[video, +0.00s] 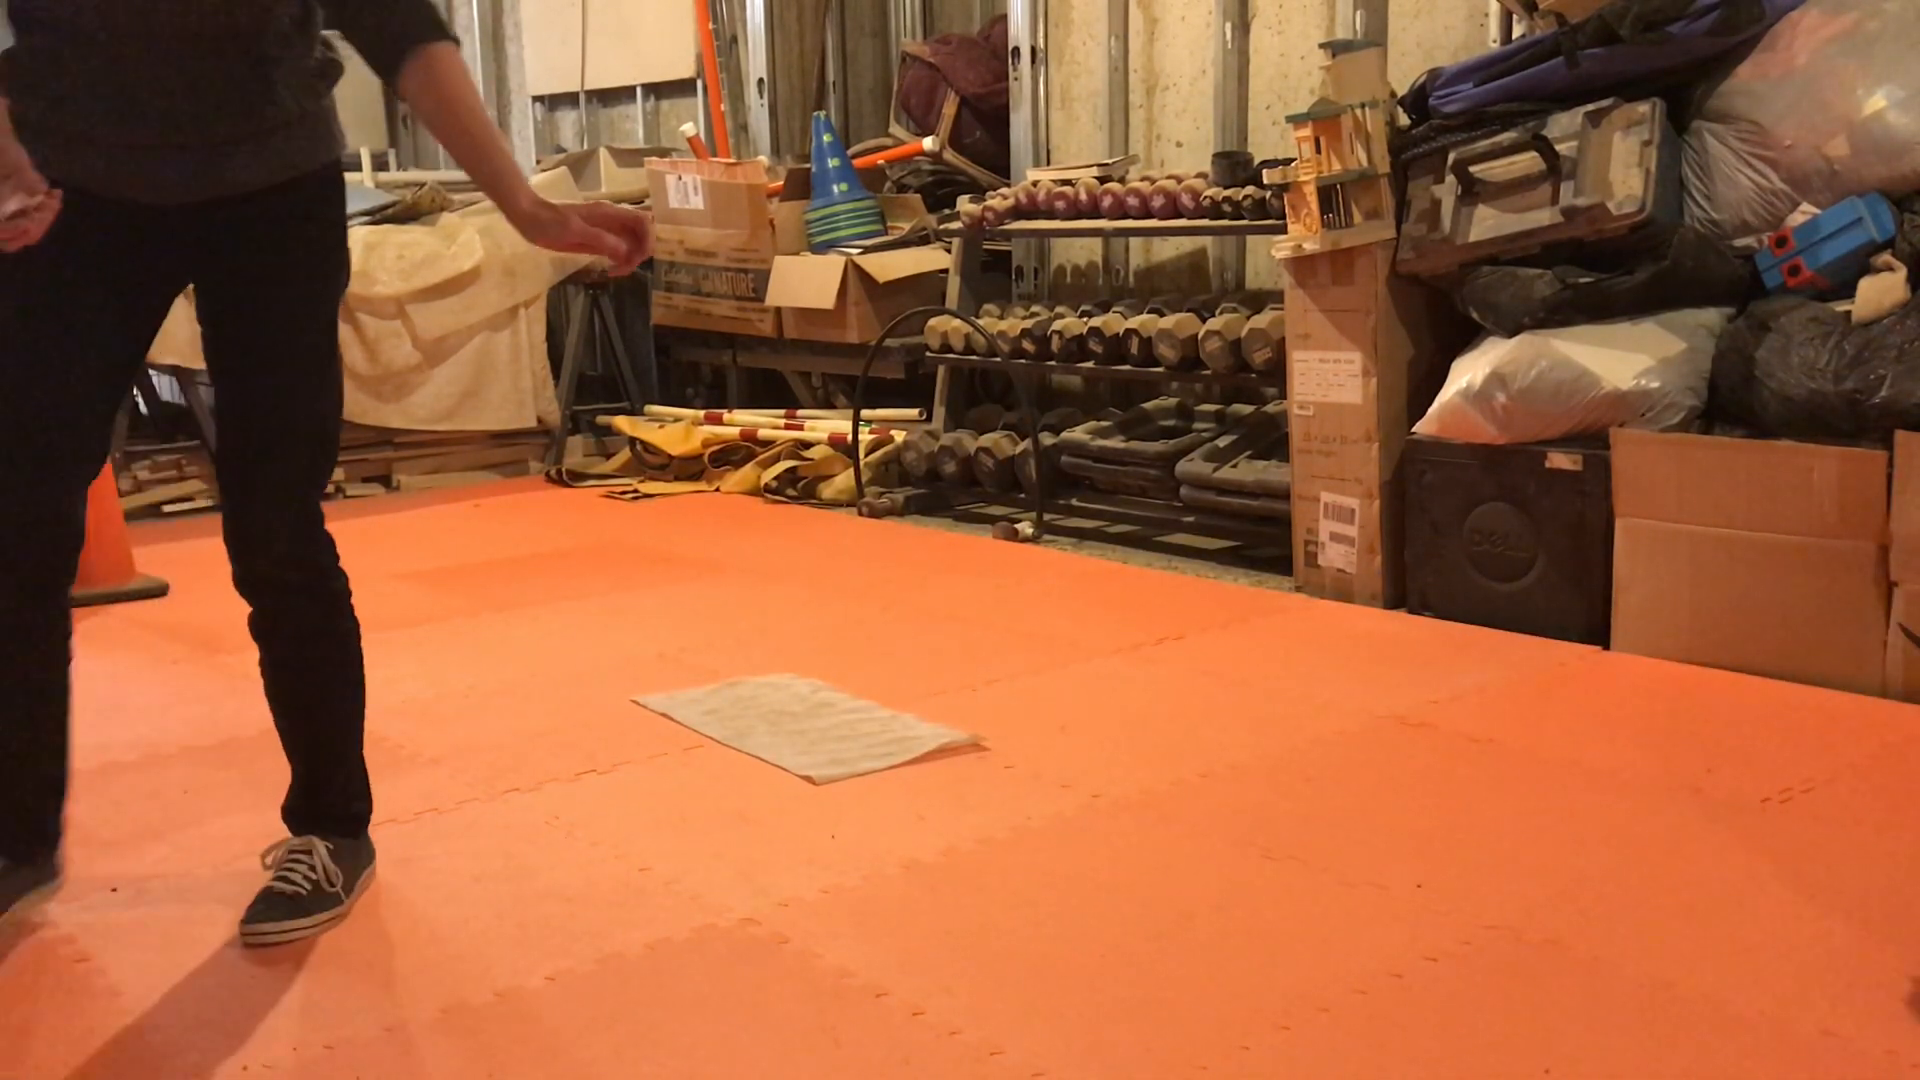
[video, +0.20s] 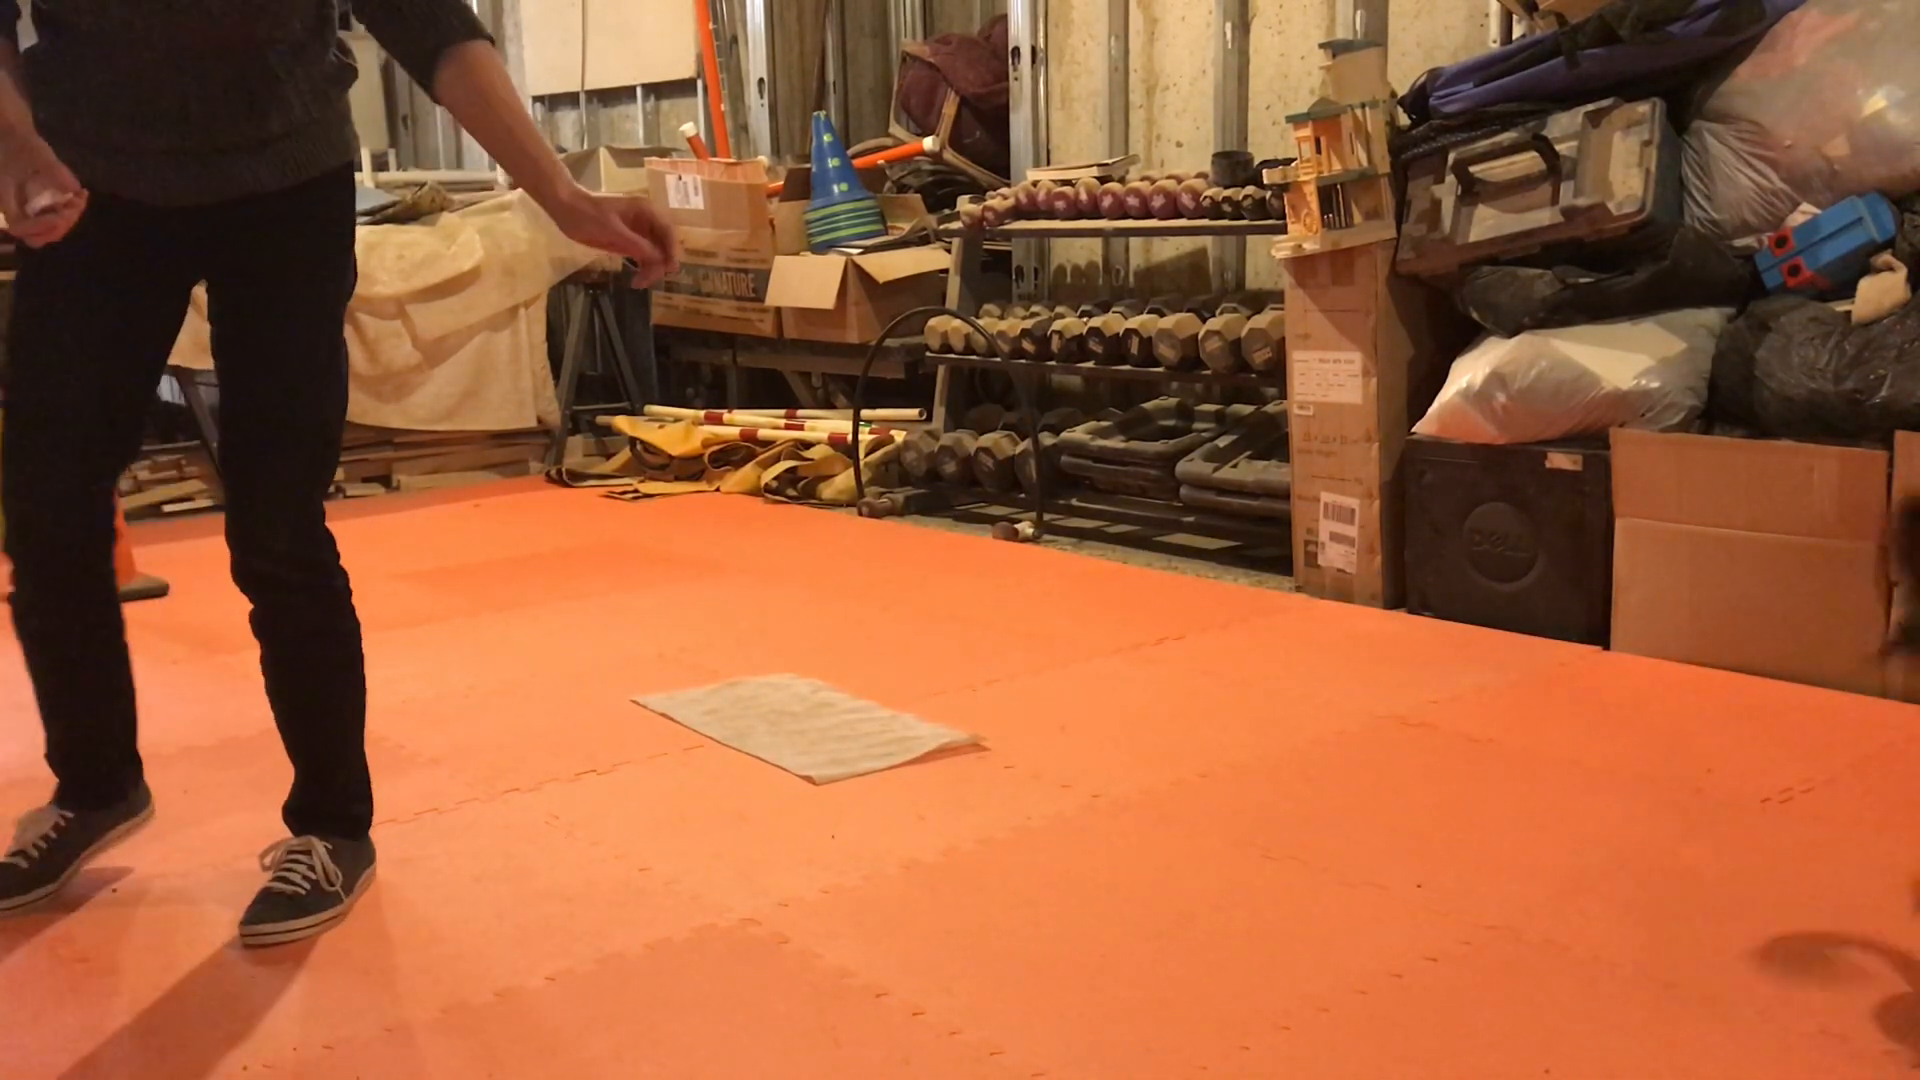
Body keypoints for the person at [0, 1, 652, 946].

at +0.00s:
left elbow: (396, 23)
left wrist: (524, 201)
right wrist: (7, 135)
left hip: (271, 180)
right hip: (77, 185)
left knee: (275, 536)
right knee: (20, 540)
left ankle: (331, 831)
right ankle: (18, 847)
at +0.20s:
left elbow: (424, 18)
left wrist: (563, 194)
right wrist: (18, 133)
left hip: (283, 176)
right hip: (96, 179)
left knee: (276, 534)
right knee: (46, 519)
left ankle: (333, 829)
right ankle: (98, 785)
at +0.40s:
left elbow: (426, 45)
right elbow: (9, 36)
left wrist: (558, 242)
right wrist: (19, 156)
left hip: (294, 162)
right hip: (113, 167)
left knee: (283, 524)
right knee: (100, 521)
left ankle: (323, 832)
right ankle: (117, 795)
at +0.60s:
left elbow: (397, 80)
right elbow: (24, 21)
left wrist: (487, 303)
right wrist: (30, 181)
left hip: (317, 170)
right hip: (149, 171)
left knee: (291, 516)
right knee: (158, 479)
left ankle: (329, 830)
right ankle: (233, 716)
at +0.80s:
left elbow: (318, 106)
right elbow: (40, 52)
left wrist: (367, 336)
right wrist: (25, 173)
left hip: (314, 180)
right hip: (188, 190)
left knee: (282, 500)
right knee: (195, 469)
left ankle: (332, 828)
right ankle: (272, 695)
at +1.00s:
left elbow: (208, 99)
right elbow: (127, 47)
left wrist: (209, 342)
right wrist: (36, 165)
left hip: (303, 192)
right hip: (235, 196)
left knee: (249, 492)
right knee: (225, 479)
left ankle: (323, 812)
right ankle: (303, 759)